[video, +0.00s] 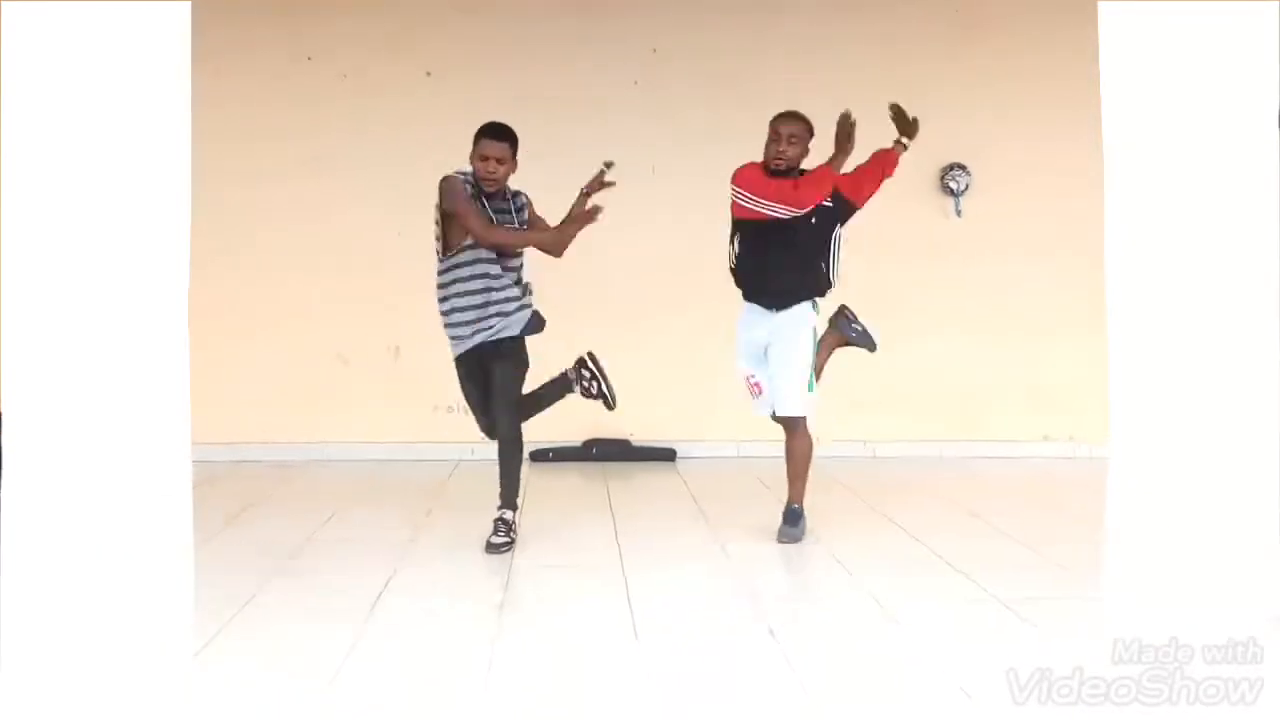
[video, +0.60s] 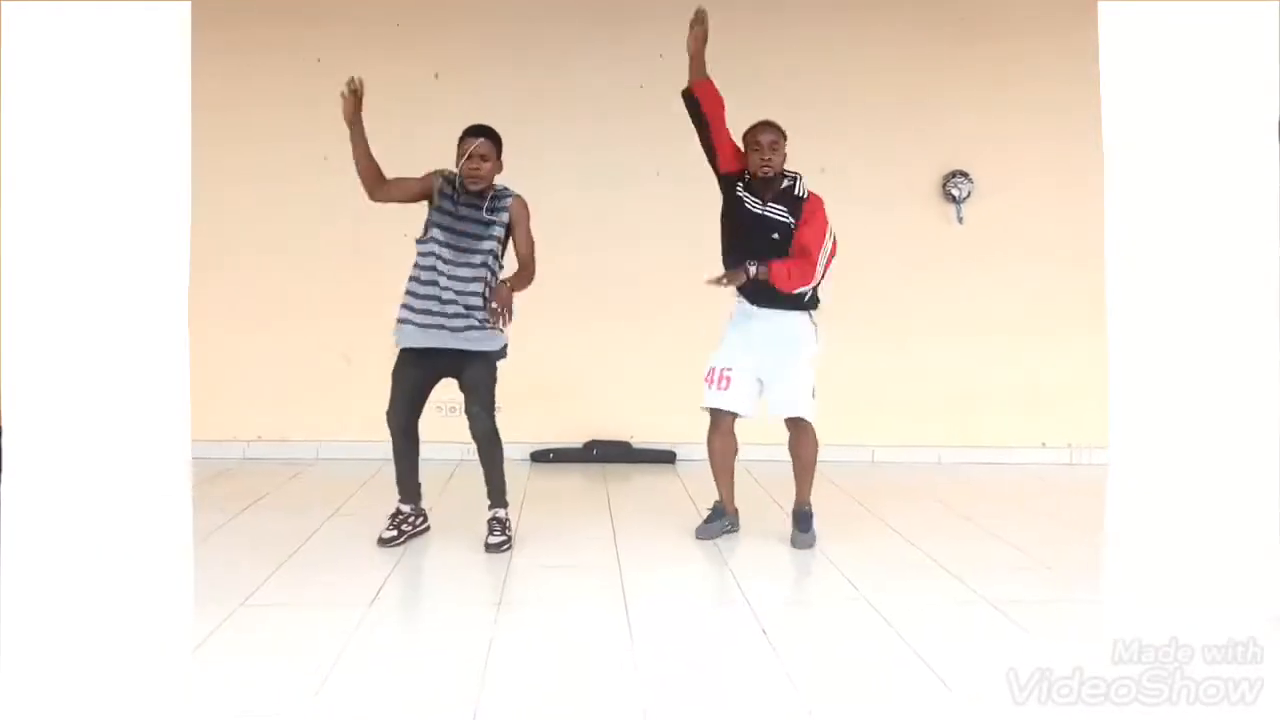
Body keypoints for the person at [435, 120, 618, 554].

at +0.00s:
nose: (491, 168)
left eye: (500, 161)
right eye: (483, 159)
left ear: (513, 164)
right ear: (472, 158)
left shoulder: (519, 205)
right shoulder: (454, 187)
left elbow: (556, 245)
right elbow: (484, 234)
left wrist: (582, 202)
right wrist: (543, 236)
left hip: (506, 325)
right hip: (463, 332)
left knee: (506, 419)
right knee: (491, 425)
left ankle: (506, 512)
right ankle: (572, 379)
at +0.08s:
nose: (488, 164)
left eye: (497, 157)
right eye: (481, 155)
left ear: (507, 161)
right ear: (465, 154)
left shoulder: (517, 193)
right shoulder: (446, 182)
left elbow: (577, 211)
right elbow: (486, 199)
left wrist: (566, 163)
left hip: (526, 325)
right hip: (476, 332)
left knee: (518, 414)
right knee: (480, 424)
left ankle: (512, 508)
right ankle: (544, 363)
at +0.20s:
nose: (483, 160)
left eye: (493, 153)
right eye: (477, 151)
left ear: (508, 157)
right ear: (466, 152)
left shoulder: (526, 183)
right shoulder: (453, 197)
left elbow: (529, 231)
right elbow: (442, 254)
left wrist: (509, 209)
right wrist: (413, 246)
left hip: (536, 322)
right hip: (487, 321)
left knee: (526, 418)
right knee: (441, 400)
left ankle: (519, 507)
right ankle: (487, 446)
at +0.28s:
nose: (484, 160)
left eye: (493, 153)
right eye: (477, 151)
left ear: (508, 156)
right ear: (466, 152)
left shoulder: (523, 192)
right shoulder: (453, 202)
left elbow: (515, 255)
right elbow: (439, 265)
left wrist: (481, 307)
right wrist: (412, 330)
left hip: (533, 320)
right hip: (485, 317)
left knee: (521, 413)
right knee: (445, 399)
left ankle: (518, 504)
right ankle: (437, 492)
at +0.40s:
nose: (473, 165)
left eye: (483, 156)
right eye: (466, 156)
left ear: (502, 158)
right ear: (458, 156)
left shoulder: (514, 202)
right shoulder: (462, 189)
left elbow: (513, 269)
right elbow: (472, 239)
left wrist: (460, 241)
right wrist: (442, 232)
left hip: (500, 337)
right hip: (449, 331)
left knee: (502, 420)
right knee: (420, 410)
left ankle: (512, 505)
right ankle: (424, 503)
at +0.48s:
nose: (473, 167)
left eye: (483, 158)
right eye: (467, 159)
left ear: (503, 160)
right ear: (460, 162)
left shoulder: (517, 201)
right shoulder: (459, 195)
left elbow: (512, 269)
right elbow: (446, 183)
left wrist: (477, 224)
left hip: (487, 334)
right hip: (436, 329)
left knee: (489, 419)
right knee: (409, 415)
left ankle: (506, 509)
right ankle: (420, 505)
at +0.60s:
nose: (474, 163)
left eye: (483, 157)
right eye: (467, 156)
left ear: (498, 164)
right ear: (458, 160)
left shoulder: (511, 206)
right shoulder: (438, 186)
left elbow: (526, 270)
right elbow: (377, 188)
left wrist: (507, 286)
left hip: (476, 336)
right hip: (423, 332)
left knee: (481, 422)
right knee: (399, 419)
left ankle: (497, 512)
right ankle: (410, 509)